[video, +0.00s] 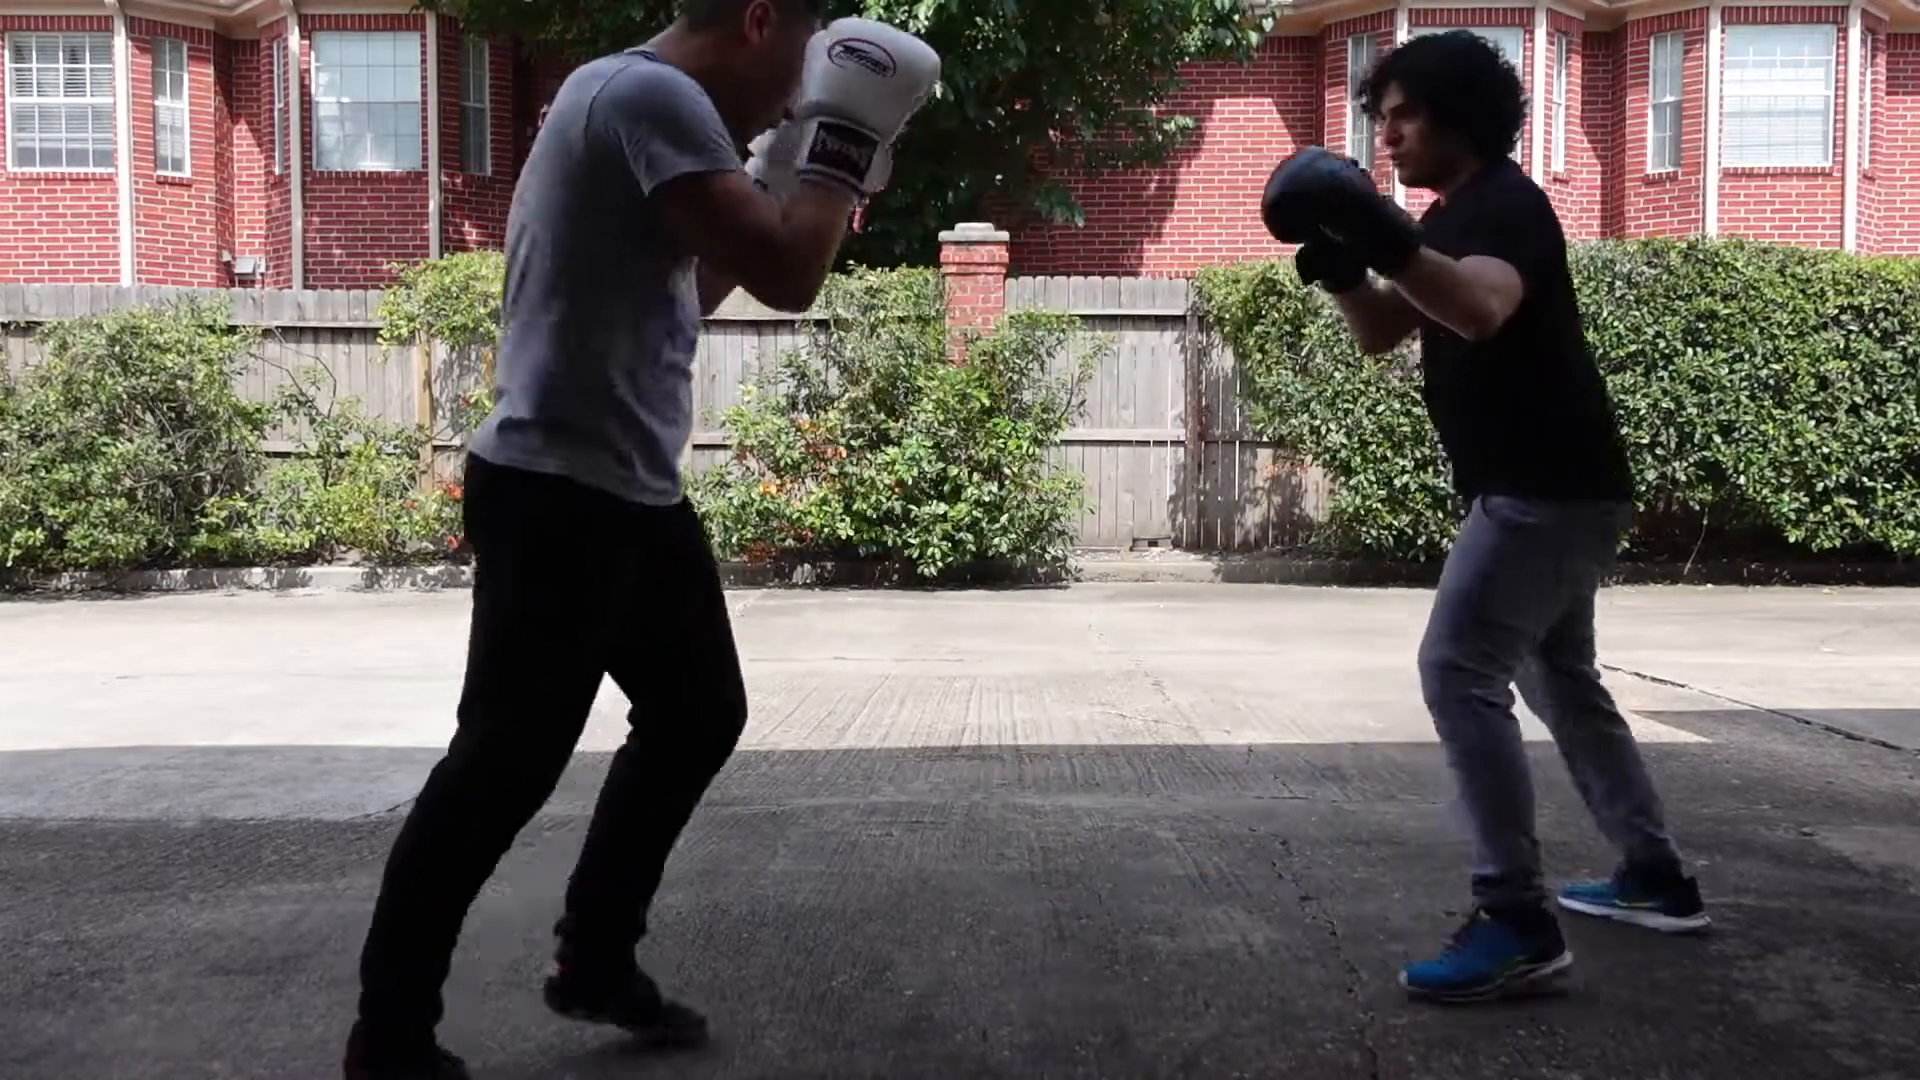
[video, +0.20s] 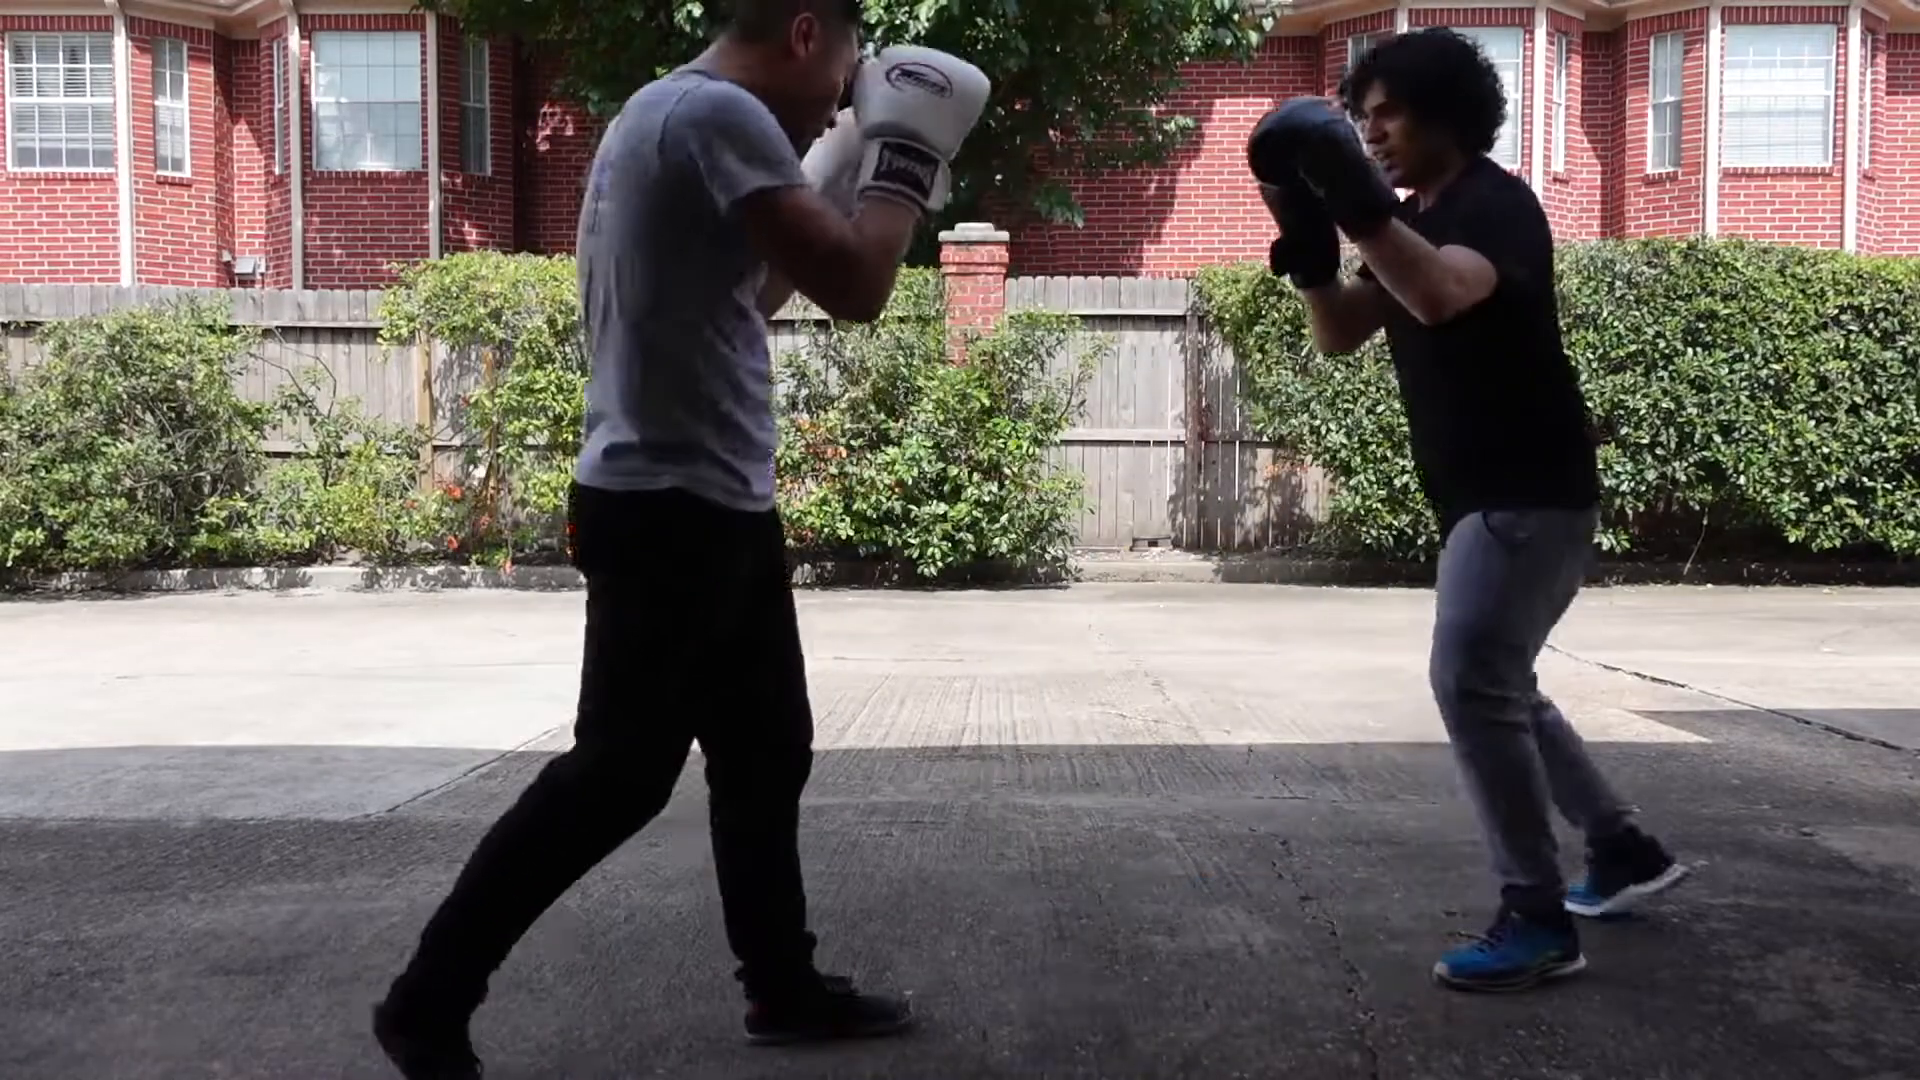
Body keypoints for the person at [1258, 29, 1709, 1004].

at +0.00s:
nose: (1384, 138)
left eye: (1397, 117)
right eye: (1381, 120)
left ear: (1451, 117)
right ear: (1436, 123)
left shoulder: (1504, 204)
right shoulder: (1447, 216)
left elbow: (1481, 309)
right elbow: (1382, 330)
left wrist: (1377, 231)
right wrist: (1333, 264)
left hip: (1544, 496)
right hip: (1537, 493)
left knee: (1457, 674)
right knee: (1559, 681)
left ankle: (1516, 918)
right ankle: (1656, 874)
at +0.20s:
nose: (1370, 137)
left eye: (1383, 117)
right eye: (1364, 122)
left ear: (1441, 115)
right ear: (1384, 127)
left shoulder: (1495, 203)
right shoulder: (1416, 219)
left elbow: (1440, 295)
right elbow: (1343, 327)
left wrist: (1350, 197)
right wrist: (1313, 253)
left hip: (1531, 501)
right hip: (1489, 501)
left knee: (1470, 685)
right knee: (1499, 686)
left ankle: (1536, 920)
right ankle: (1620, 842)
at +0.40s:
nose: (1329, 132)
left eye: (1343, 112)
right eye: (1322, 117)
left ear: (1406, 111)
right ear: (1323, 126)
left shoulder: (1456, 202)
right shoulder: (1350, 216)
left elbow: (1425, 302)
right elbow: (1289, 324)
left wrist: (1328, 208)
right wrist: (1257, 242)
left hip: (1469, 496)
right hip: (1386, 496)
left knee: (1459, 688)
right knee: (1328, 648)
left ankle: (1536, 915)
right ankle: (1401, 823)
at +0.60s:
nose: (1262, 164)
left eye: (1274, 146)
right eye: (1259, 149)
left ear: (1324, 148)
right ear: (1279, 156)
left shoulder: (1370, 233)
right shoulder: (1282, 254)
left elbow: (1355, 318)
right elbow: (1215, 351)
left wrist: (1273, 213)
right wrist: (1191, 276)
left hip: (1368, 524)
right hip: (1284, 519)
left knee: (1406, 702)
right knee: (1225, 668)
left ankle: (1512, 909)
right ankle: (1237, 830)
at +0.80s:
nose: (1200, 149)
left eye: (1215, 131)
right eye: (1194, 135)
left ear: (1263, 133)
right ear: (1195, 146)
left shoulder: (1309, 204)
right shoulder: (1208, 239)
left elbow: (1315, 282)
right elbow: (1151, 336)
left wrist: (1222, 195)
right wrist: (1131, 253)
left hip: (1315, 480)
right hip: (1231, 491)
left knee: (1294, 648)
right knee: (1195, 646)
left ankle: (1330, 856)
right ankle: (1230, 816)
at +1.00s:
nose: (1168, 167)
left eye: (1182, 149)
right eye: (1166, 152)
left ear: (1226, 156)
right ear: (1179, 167)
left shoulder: (1272, 220)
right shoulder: (1177, 252)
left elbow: (1285, 307)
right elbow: (1128, 359)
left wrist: (1205, 212)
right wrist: (1100, 285)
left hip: (1277, 489)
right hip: (1204, 498)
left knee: (1253, 658)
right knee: (1184, 667)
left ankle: (1299, 863)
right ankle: (1234, 827)